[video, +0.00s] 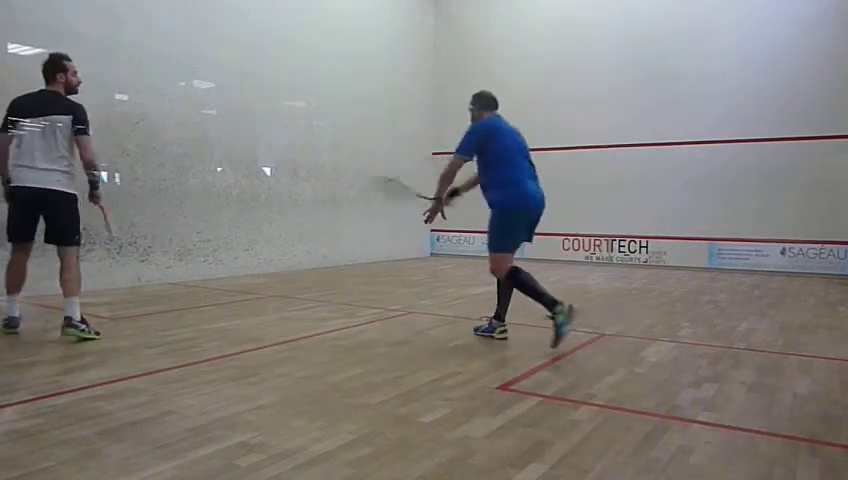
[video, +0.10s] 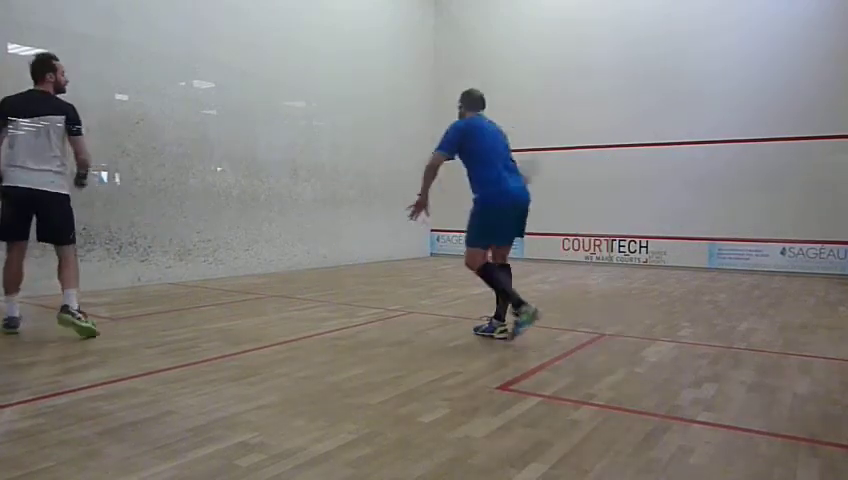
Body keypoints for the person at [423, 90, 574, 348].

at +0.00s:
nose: (470, 116)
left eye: (472, 112)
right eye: (470, 112)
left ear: (480, 111)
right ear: (493, 110)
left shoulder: (479, 130)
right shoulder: (509, 131)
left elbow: (451, 170)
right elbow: (486, 171)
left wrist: (437, 203)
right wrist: (459, 190)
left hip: (509, 203)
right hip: (532, 200)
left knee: (499, 266)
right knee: (504, 263)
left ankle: (557, 309)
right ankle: (498, 322)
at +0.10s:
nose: (459, 113)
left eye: (459, 109)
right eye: (460, 109)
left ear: (461, 108)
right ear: (482, 108)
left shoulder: (460, 128)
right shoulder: (496, 129)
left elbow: (433, 164)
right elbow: (507, 162)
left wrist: (423, 196)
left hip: (491, 198)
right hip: (518, 196)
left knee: (474, 261)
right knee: (500, 258)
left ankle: (522, 308)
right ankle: (499, 320)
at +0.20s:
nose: (450, 112)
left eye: (450, 108)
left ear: (450, 107)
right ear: (471, 108)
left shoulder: (445, 128)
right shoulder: (486, 128)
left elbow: (416, 161)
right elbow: (521, 138)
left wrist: (401, 194)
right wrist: (543, 130)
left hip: (471, 197)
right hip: (501, 196)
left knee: (448, 254)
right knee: (494, 256)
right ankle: (498, 321)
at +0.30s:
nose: (445, 106)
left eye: (442, 103)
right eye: (454, 103)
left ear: (439, 106)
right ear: (461, 105)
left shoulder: (432, 129)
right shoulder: (480, 126)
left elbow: (400, 163)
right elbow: (517, 121)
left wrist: (383, 192)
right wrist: (531, 95)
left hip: (447, 200)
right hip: (481, 201)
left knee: (424, 251)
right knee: (483, 254)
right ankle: (493, 321)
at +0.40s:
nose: (436, 111)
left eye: (430, 107)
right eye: (441, 105)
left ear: (426, 109)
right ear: (448, 108)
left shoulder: (417, 135)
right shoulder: (467, 128)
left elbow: (388, 165)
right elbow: (503, 116)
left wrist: (373, 191)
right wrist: (503, 83)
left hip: (424, 208)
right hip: (462, 208)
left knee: (398, 258)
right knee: (473, 260)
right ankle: (486, 319)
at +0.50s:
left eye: (413, 107)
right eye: (424, 108)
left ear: (406, 112)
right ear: (428, 111)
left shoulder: (395, 140)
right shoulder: (445, 133)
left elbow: (368, 172)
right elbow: (482, 122)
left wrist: (368, 191)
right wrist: (477, 94)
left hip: (400, 212)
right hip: (438, 212)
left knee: (375, 260)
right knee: (459, 260)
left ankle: (350, 311)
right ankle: (484, 317)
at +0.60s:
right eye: (404, 108)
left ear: (385, 110)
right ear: (407, 110)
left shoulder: (374, 136)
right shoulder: (419, 134)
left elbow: (353, 169)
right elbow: (455, 137)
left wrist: (363, 187)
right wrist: (465, 116)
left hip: (375, 208)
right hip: (411, 208)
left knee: (356, 256)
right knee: (435, 259)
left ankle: (345, 312)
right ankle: (461, 315)